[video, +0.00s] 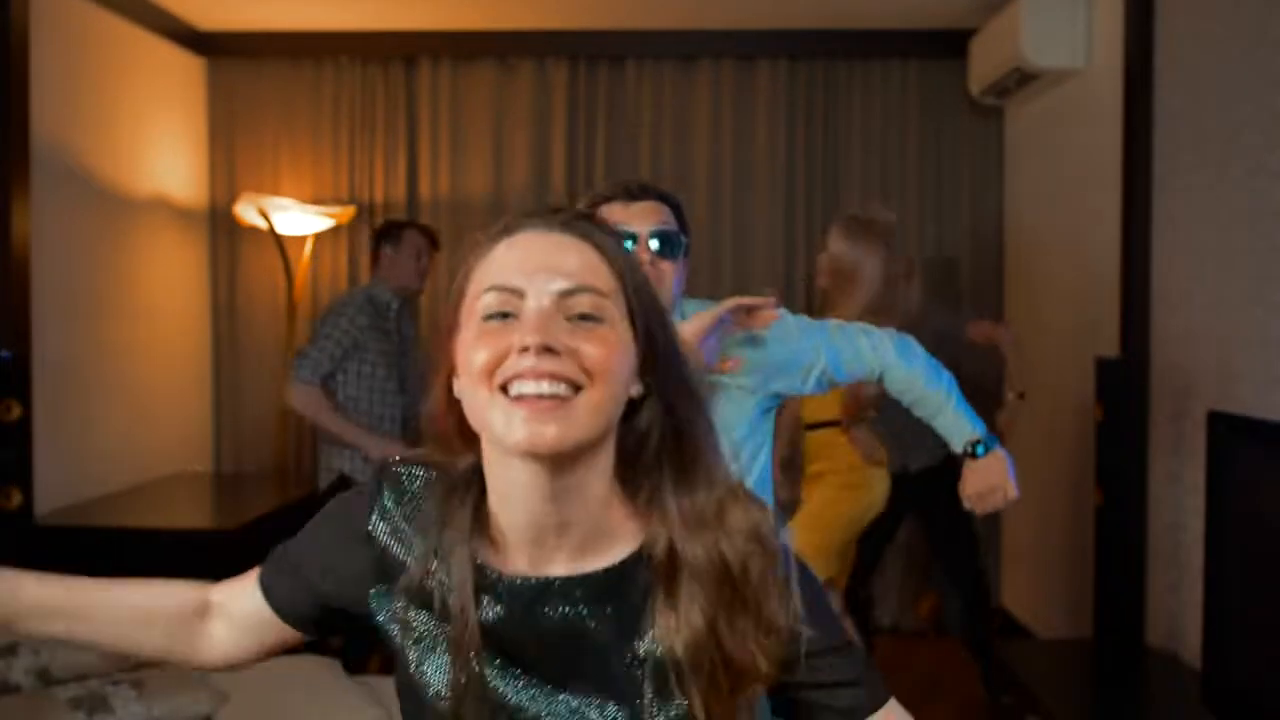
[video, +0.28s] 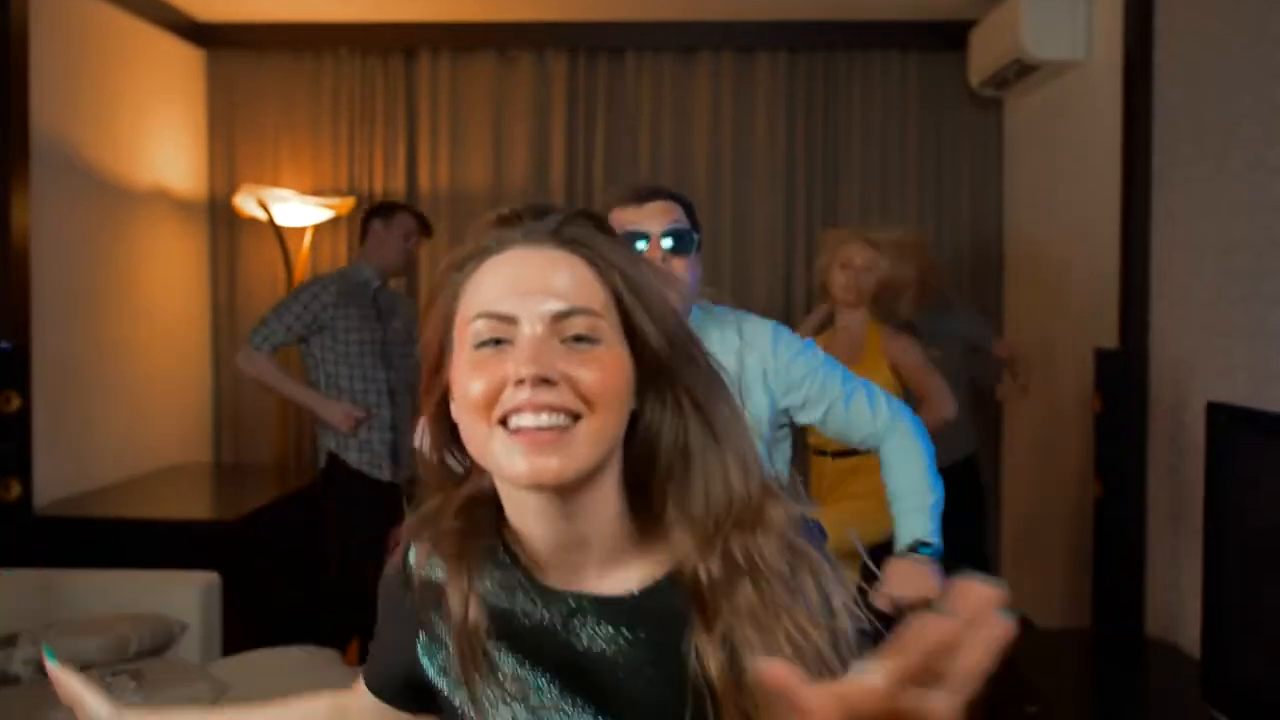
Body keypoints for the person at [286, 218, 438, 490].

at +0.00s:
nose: (425, 267)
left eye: (428, 259)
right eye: (417, 256)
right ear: (386, 256)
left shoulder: (405, 318)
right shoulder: (355, 311)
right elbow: (300, 390)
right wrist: (371, 443)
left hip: (397, 478)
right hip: (353, 480)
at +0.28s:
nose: (412, 249)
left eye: (415, 241)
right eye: (406, 237)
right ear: (374, 231)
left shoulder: (400, 307)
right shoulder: (332, 291)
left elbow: (414, 384)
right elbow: (251, 357)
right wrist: (324, 407)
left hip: (398, 476)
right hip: (350, 474)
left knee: (390, 591)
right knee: (346, 593)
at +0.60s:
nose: (381, 235)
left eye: (383, 225)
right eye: (371, 224)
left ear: (385, 231)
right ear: (336, 228)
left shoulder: (394, 301)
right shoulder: (306, 301)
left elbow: (409, 380)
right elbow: (246, 386)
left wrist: (393, 426)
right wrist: (328, 422)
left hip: (390, 473)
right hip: (324, 477)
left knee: (400, 594)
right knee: (331, 603)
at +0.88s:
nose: (354, 249)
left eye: (353, 238)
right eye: (338, 244)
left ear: (359, 241)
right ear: (309, 260)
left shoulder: (378, 305)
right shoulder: (296, 327)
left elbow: (393, 374)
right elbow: (290, 433)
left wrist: (410, 414)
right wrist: (381, 422)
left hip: (387, 482)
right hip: (326, 492)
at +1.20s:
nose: (335, 240)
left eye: (333, 228)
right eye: (319, 239)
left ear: (343, 225)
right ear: (300, 257)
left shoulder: (379, 280)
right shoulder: (302, 316)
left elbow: (392, 348)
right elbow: (335, 412)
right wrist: (401, 348)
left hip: (389, 445)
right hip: (333, 459)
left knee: (388, 577)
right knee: (328, 583)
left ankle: (368, 682)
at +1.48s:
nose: (355, 244)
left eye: (352, 232)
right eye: (339, 243)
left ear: (360, 231)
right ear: (320, 262)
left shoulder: (387, 287)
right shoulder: (324, 314)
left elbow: (407, 361)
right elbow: (346, 416)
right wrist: (411, 352)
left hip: (396, 469)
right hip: (348, 478)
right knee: (337, 601)